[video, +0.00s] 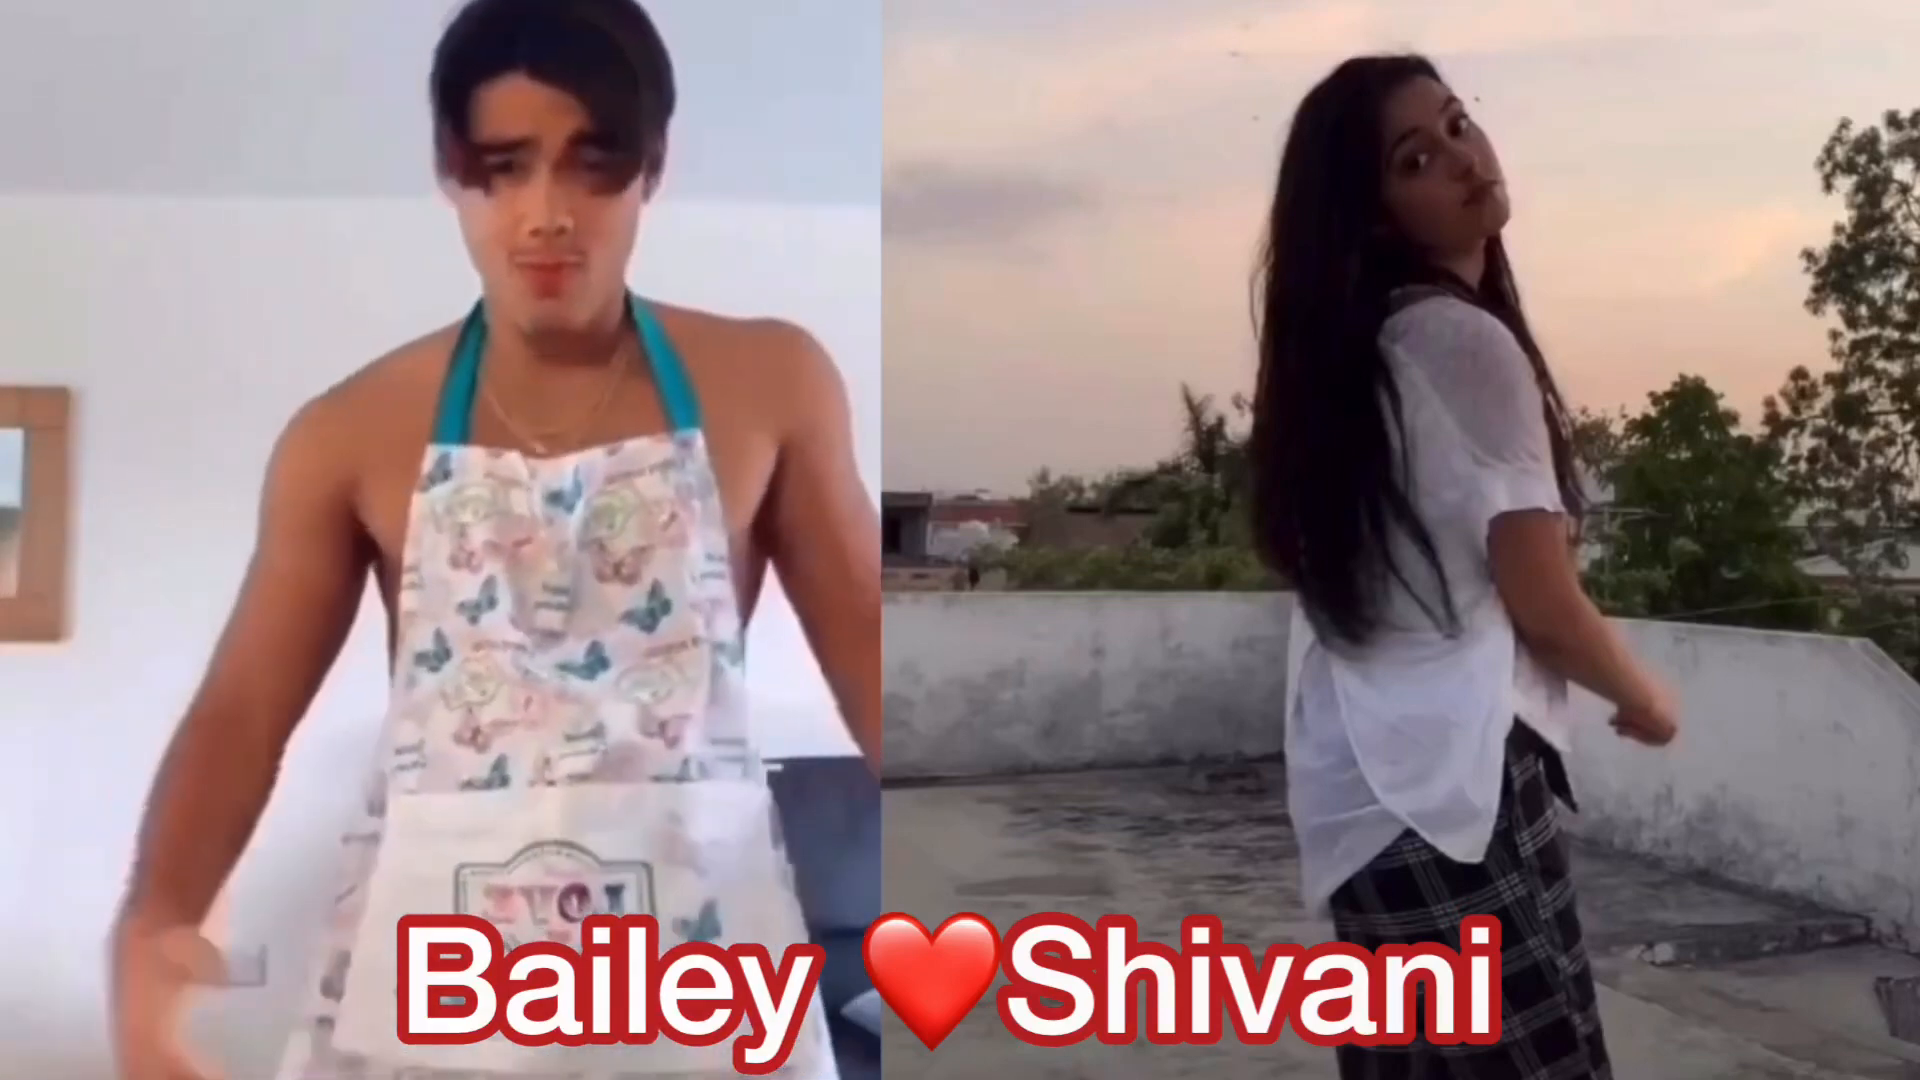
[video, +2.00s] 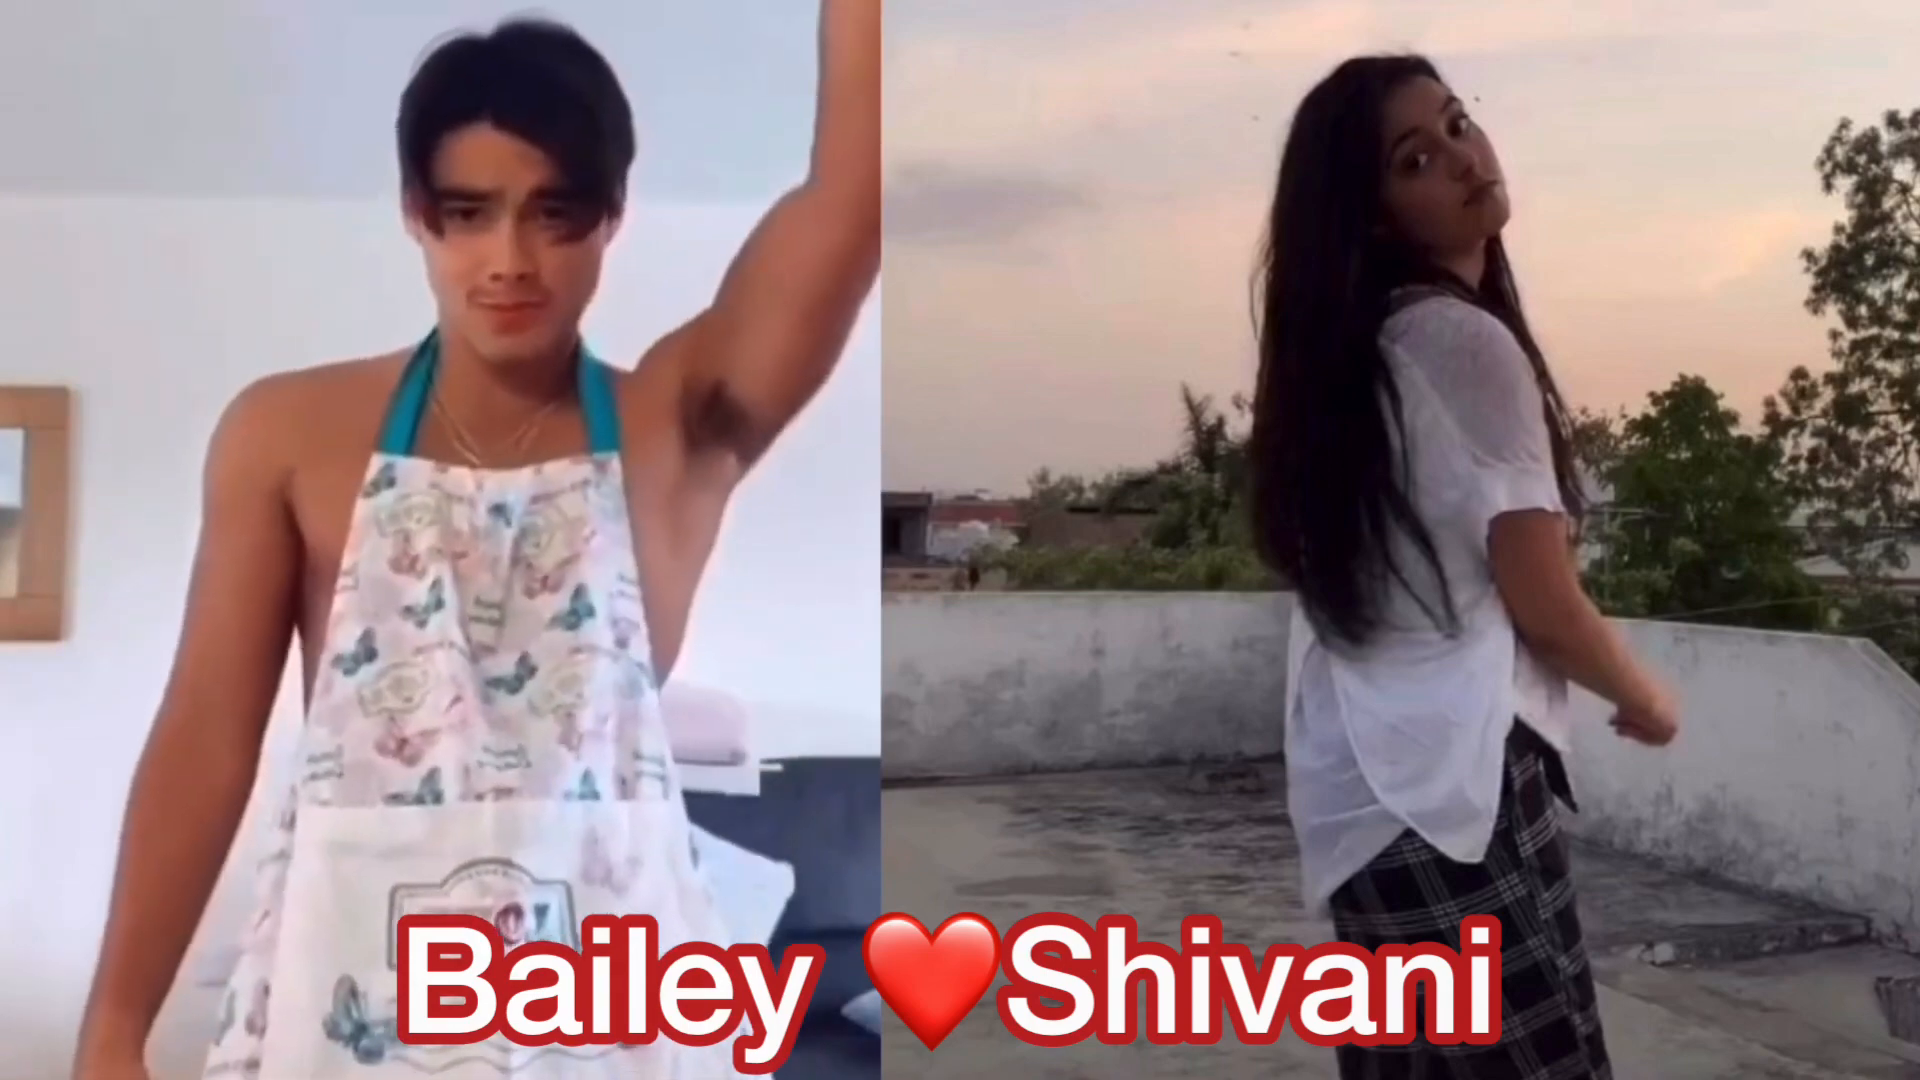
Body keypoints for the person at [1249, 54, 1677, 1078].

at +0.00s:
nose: (1467, 158)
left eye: (1459, 125)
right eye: (1418, 159)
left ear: (1480, 129)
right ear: (1370, 210)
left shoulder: (1352, 332)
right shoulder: (1464, 339)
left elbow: (1392, 565)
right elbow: (1544, 602)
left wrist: (1545, 666)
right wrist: (1643, 697)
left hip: (1361, 783)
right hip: (1451, 789)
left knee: (1396, 1056)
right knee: (1544, 1055)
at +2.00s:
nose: (1466, 158)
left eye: (1459, 125)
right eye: (1417, 158)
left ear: (1480, 129)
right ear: (1370, 210)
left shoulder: (1354, 333)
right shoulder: (1465, 339)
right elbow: (1546, 604)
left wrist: (1561, 666)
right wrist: (1642, 696)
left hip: (1362, 783)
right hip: (1452, 789)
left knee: (1397, 1056)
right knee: (1545, 1056)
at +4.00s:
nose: (1466, 157)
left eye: (1459, 125)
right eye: (1417, 158)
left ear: (1480, 128)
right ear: (1370, 211)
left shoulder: (1353, 333)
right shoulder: (1465, 339)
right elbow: (1546, 604)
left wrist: (1560, 666)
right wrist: (1643, 697)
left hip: (1361, 783)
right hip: (1452, 789)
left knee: (1397, 1056)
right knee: (1545, 1056)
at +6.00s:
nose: (1466, 157)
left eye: (1459, 125)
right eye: (1417, 158)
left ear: (1480, 128)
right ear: (1370, 211)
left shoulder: (1353, 333)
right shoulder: (1465, 339)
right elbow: (1546, 604)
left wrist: (1560, 666)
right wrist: (1643, 697)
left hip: (1361, 783)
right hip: (1452, 789)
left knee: (1397, 1056)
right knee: (1545, 1056)